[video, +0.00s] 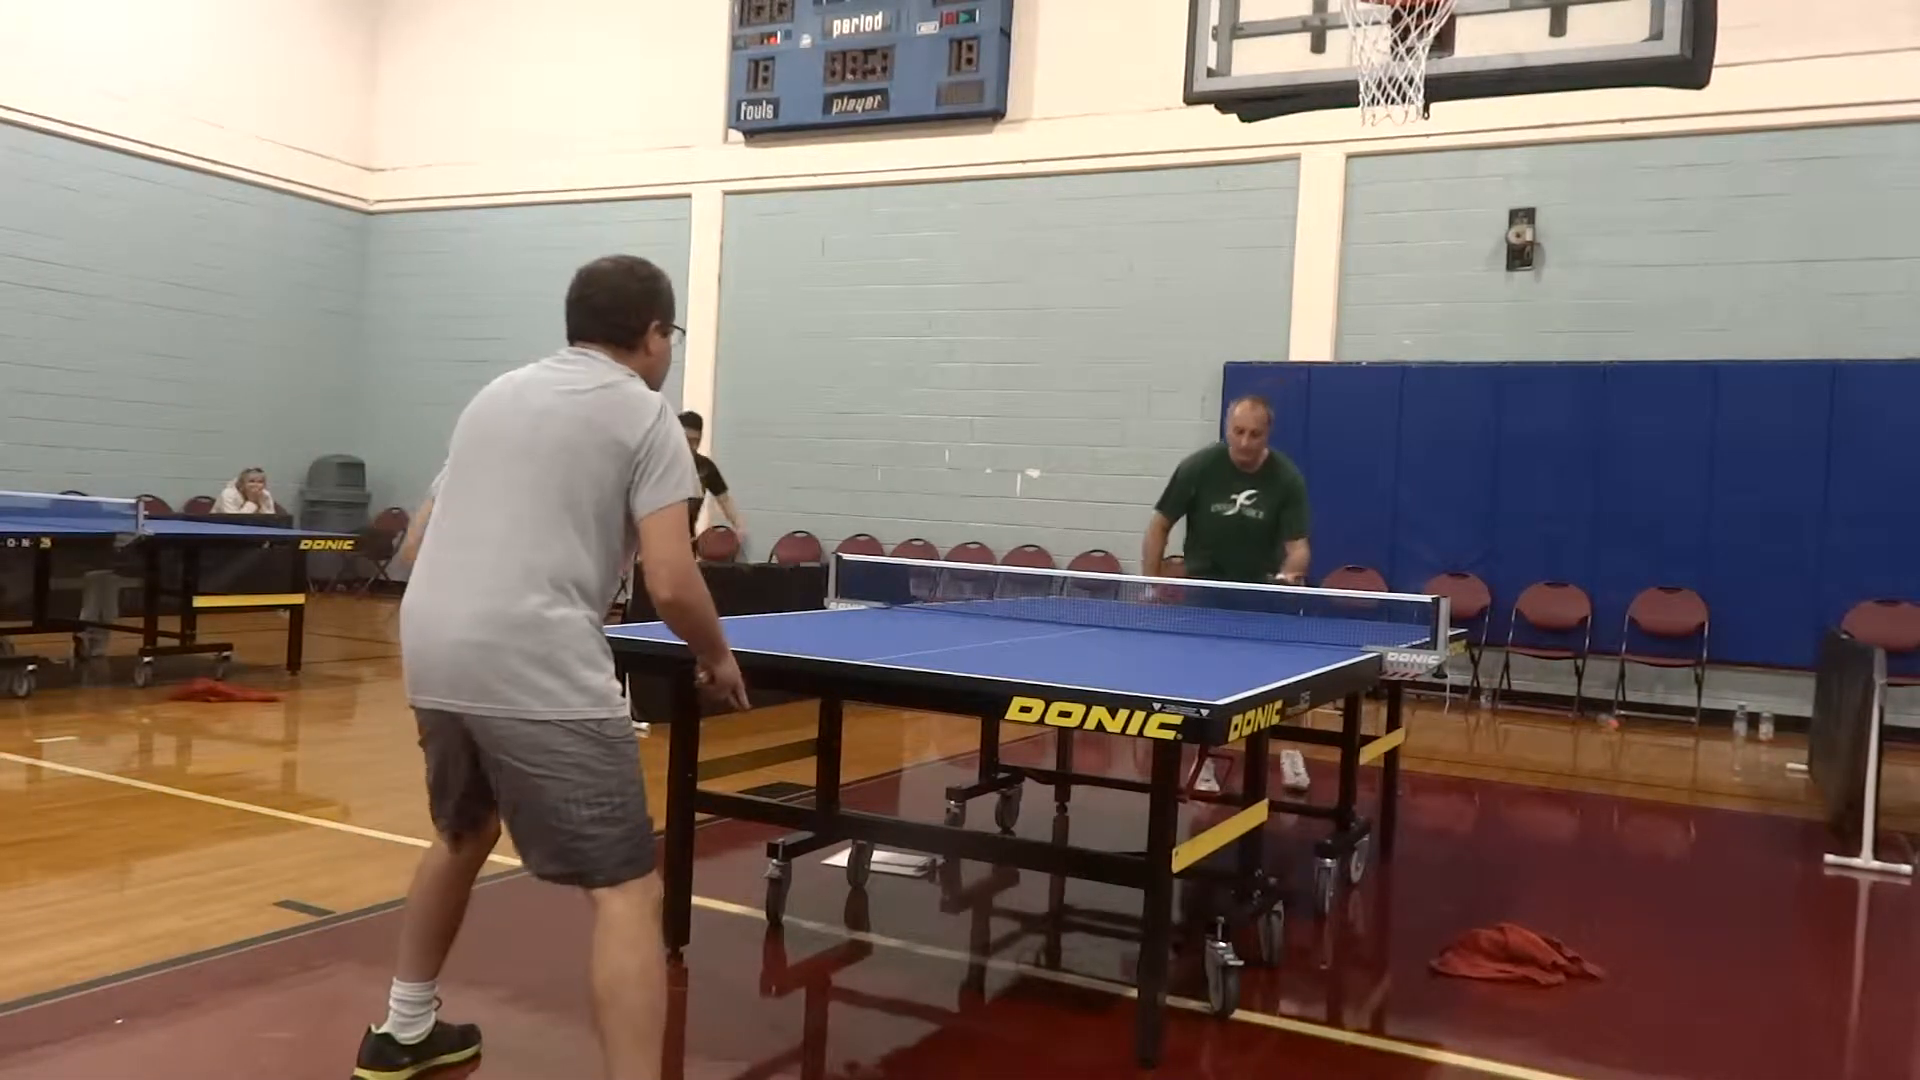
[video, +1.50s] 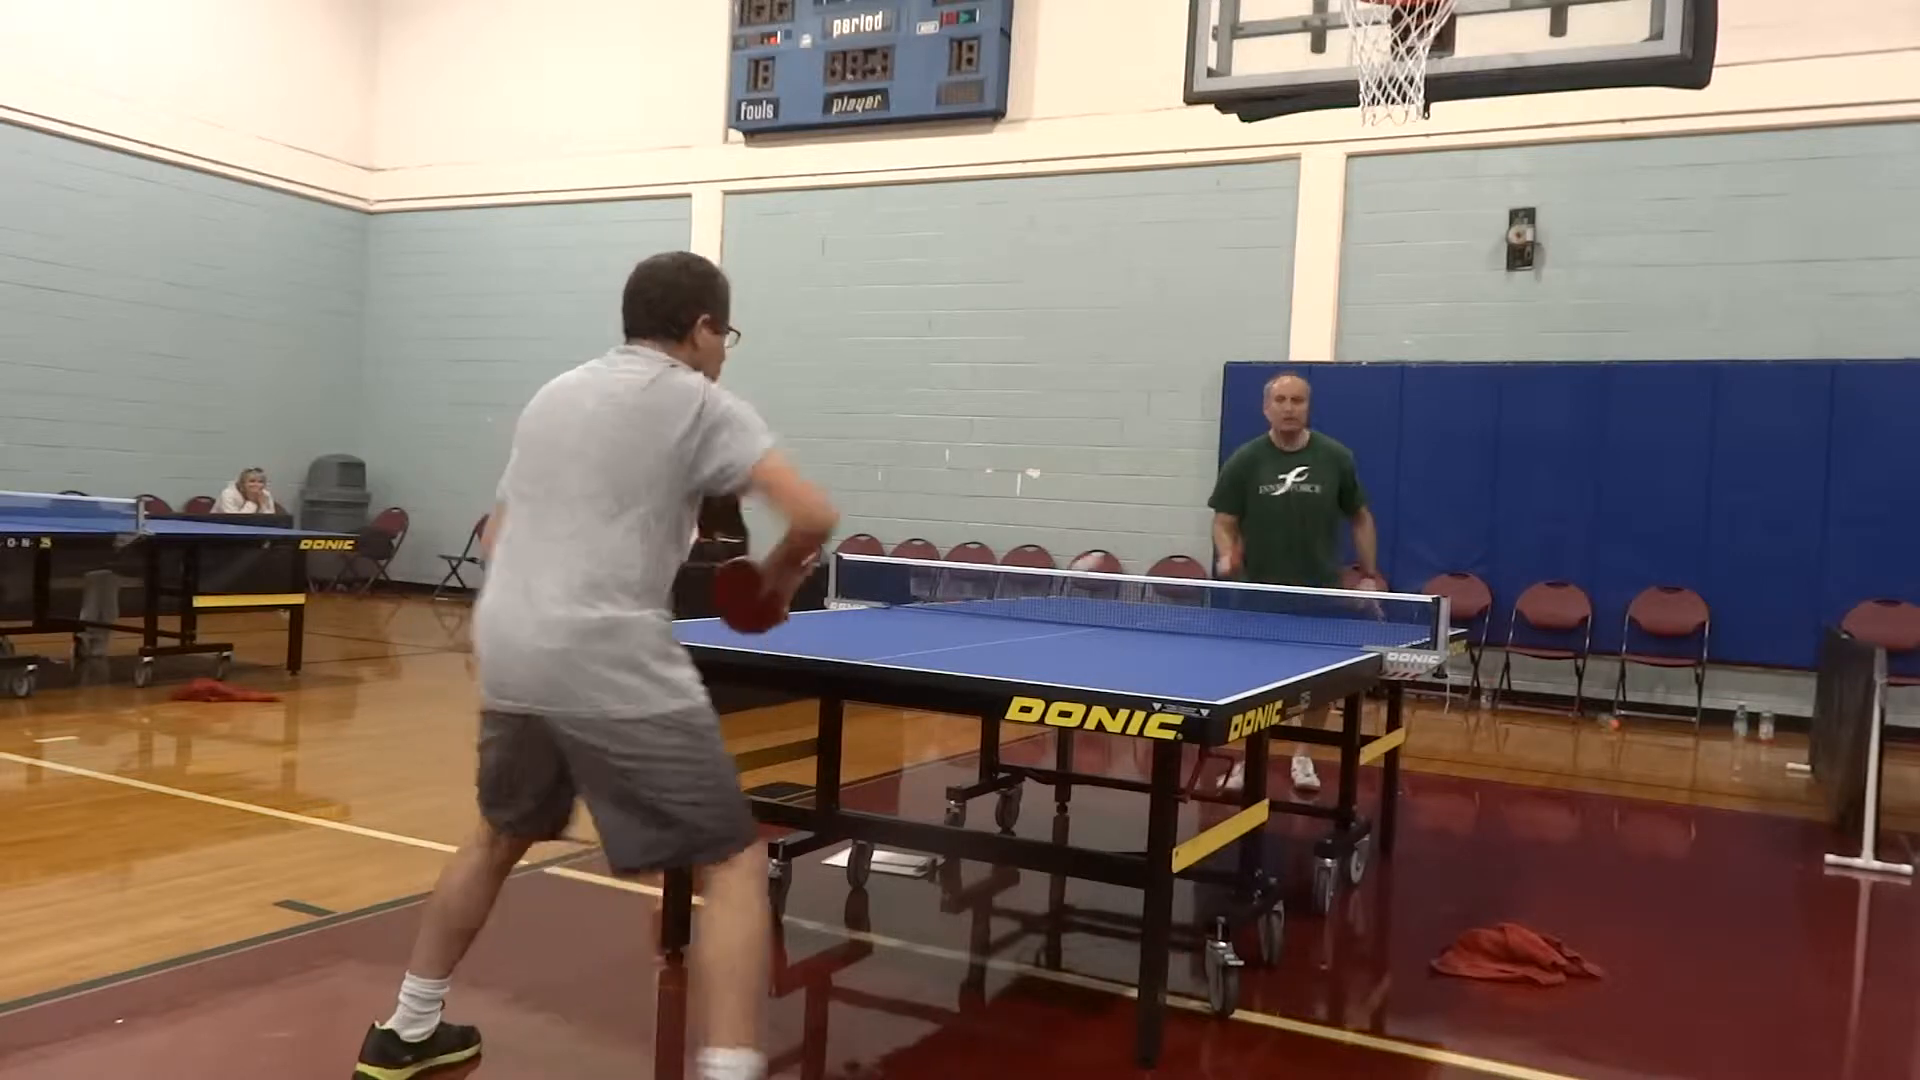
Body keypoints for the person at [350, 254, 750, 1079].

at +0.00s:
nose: (671, 351)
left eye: (673, 337)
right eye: (671, 336)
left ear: (573, 329)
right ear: (649, 336)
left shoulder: (495, 395)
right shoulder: (645, 415)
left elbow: (422, 540)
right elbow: (672, 580)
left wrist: (542, 593)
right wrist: (716, 657)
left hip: (433, 659)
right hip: (542, 671)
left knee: (462, 827)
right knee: (626, 885)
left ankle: (404, 1027)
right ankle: (636, 1072)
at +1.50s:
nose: (727, 349)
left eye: (729, 335)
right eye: (726, 334)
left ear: (632, 326)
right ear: (699, 329)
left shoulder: (553, 395)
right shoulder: (703, 400)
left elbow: (496, 536)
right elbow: (814, 514)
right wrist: (777, 573)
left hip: (506, 659)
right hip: (617, 668)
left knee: (496, 833)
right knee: (733, 862)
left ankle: (408, 1026)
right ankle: (730, 1070)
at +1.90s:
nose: (783, 273)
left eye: (782, 261)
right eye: (782, 261)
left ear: (680, 267)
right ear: (766, 265)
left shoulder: (622, 355)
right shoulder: (804, 352)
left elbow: (531, 503)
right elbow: (930, 421)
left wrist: (581, 568)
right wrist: (955, 478)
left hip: (620, 652)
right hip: (755, 666)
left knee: (571, 830)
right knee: (778, 883)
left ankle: (502, 1018)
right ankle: (759, 1078)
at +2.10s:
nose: (771, 274)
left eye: (766, 260)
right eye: (770, 262)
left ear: (672, 266)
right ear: (756, 268)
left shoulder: (605, 356)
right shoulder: (797, 362)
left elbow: (508, 493)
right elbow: (917, 450)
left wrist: (567, 563)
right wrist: (907, 505)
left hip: (605, 653)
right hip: (737, 667)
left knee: (541, 836)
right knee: (769, 888)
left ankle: (444, 1030)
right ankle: (760, 1076)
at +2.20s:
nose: (753, 288)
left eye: (749, 275)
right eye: (752, 275)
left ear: (655, 277)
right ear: (735, 279)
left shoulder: (583, 364)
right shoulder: (766, 377)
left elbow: (484, 501)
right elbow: (885, 490)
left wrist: (549, 570)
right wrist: (866, 535)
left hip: (572, 658)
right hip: (703, 673)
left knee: (519, 853)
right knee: (760, 891)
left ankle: (432, 1055)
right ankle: (756, 1077)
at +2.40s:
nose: (731, 295)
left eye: (732, 280)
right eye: (729, 279)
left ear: (629, 278)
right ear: (707, 280)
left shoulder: (552, 355)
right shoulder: (717, 376)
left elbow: (456, 484)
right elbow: (802, 549)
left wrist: (531, 554)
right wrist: (816, 577)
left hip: (507, 640)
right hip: (628, 651)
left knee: (472, 820)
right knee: (707, 856)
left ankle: (406, 1013)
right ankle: (678, 1070)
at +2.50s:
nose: (718, 318)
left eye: (716, 302)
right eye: (715, 302)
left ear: (617, 305)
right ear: (693, 306)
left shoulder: (545, 377)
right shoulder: (694, 399)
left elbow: (448, 509)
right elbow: (753, 570)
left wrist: (532, 565)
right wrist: (797, 586)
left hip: (485, 657)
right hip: (598, 671)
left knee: (453, 826)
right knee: (706, 868)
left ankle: (365, 1007)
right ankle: (674, 1070)